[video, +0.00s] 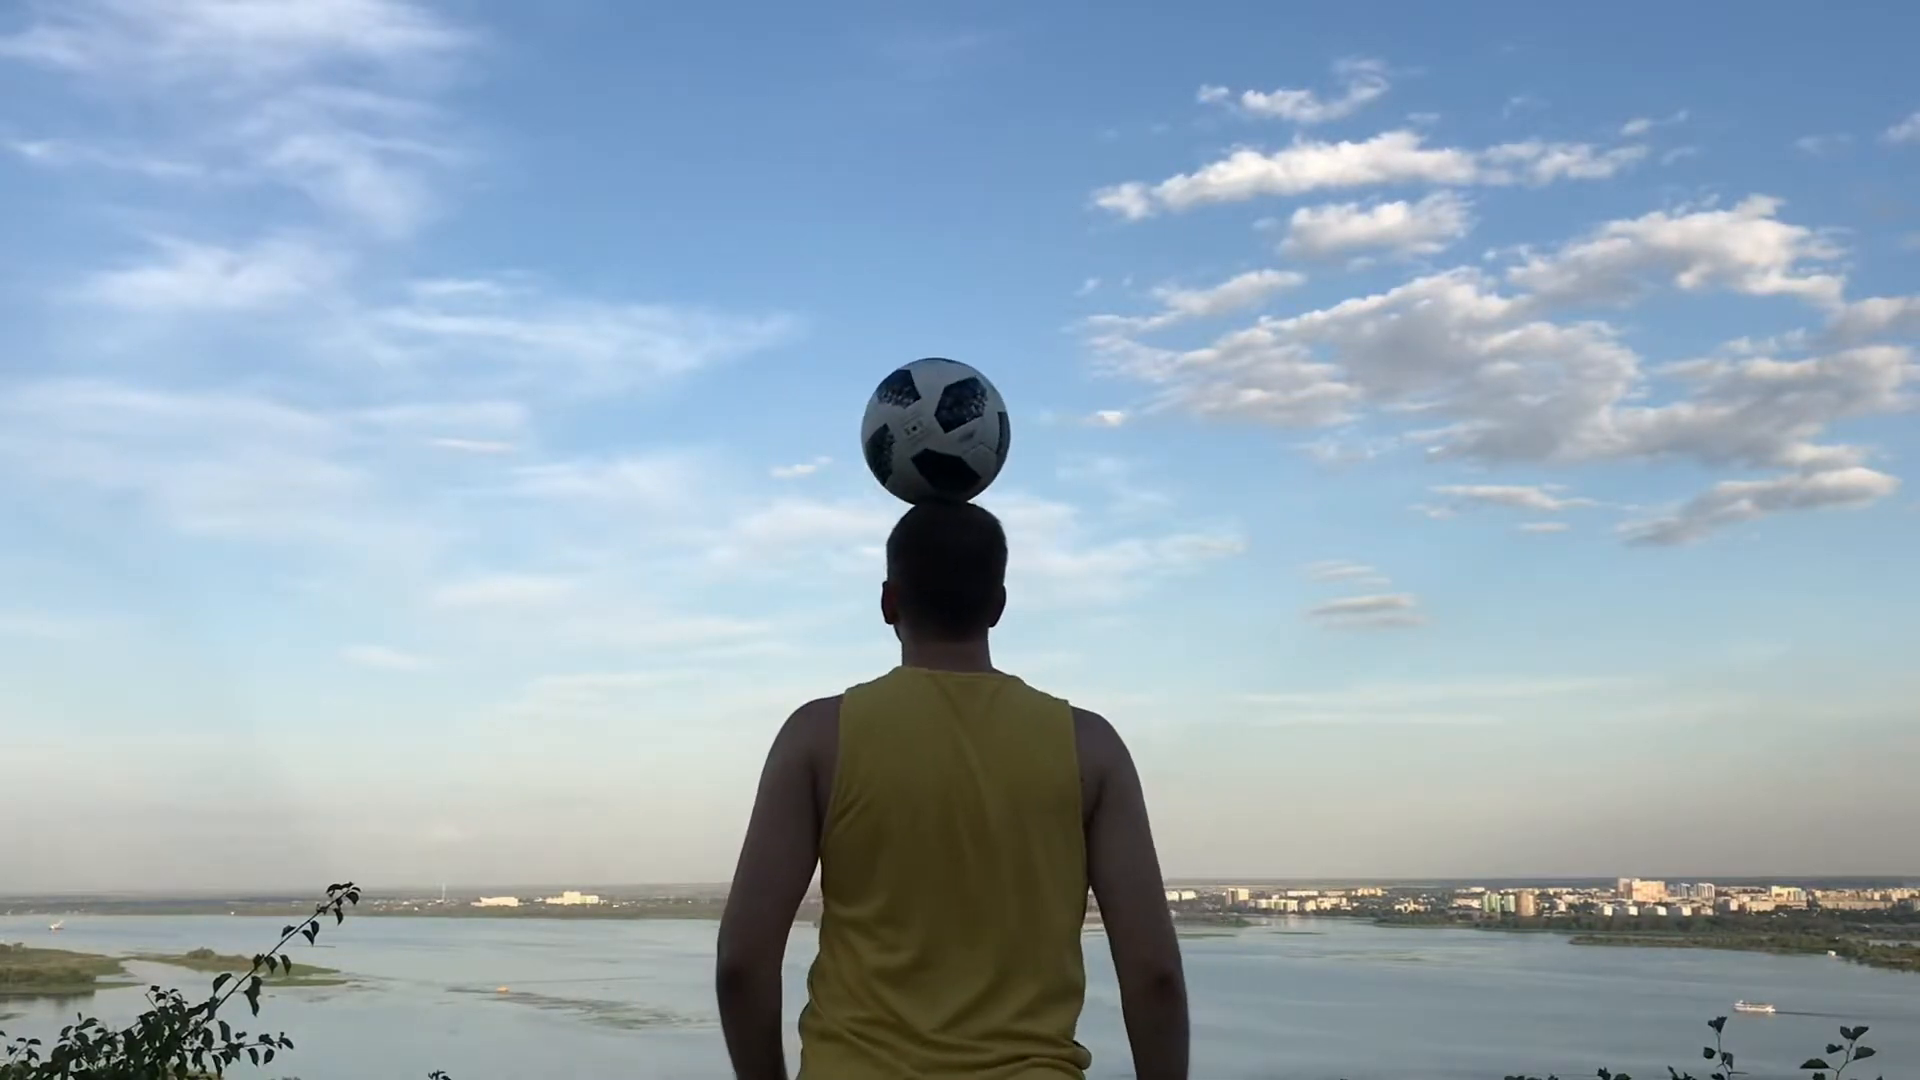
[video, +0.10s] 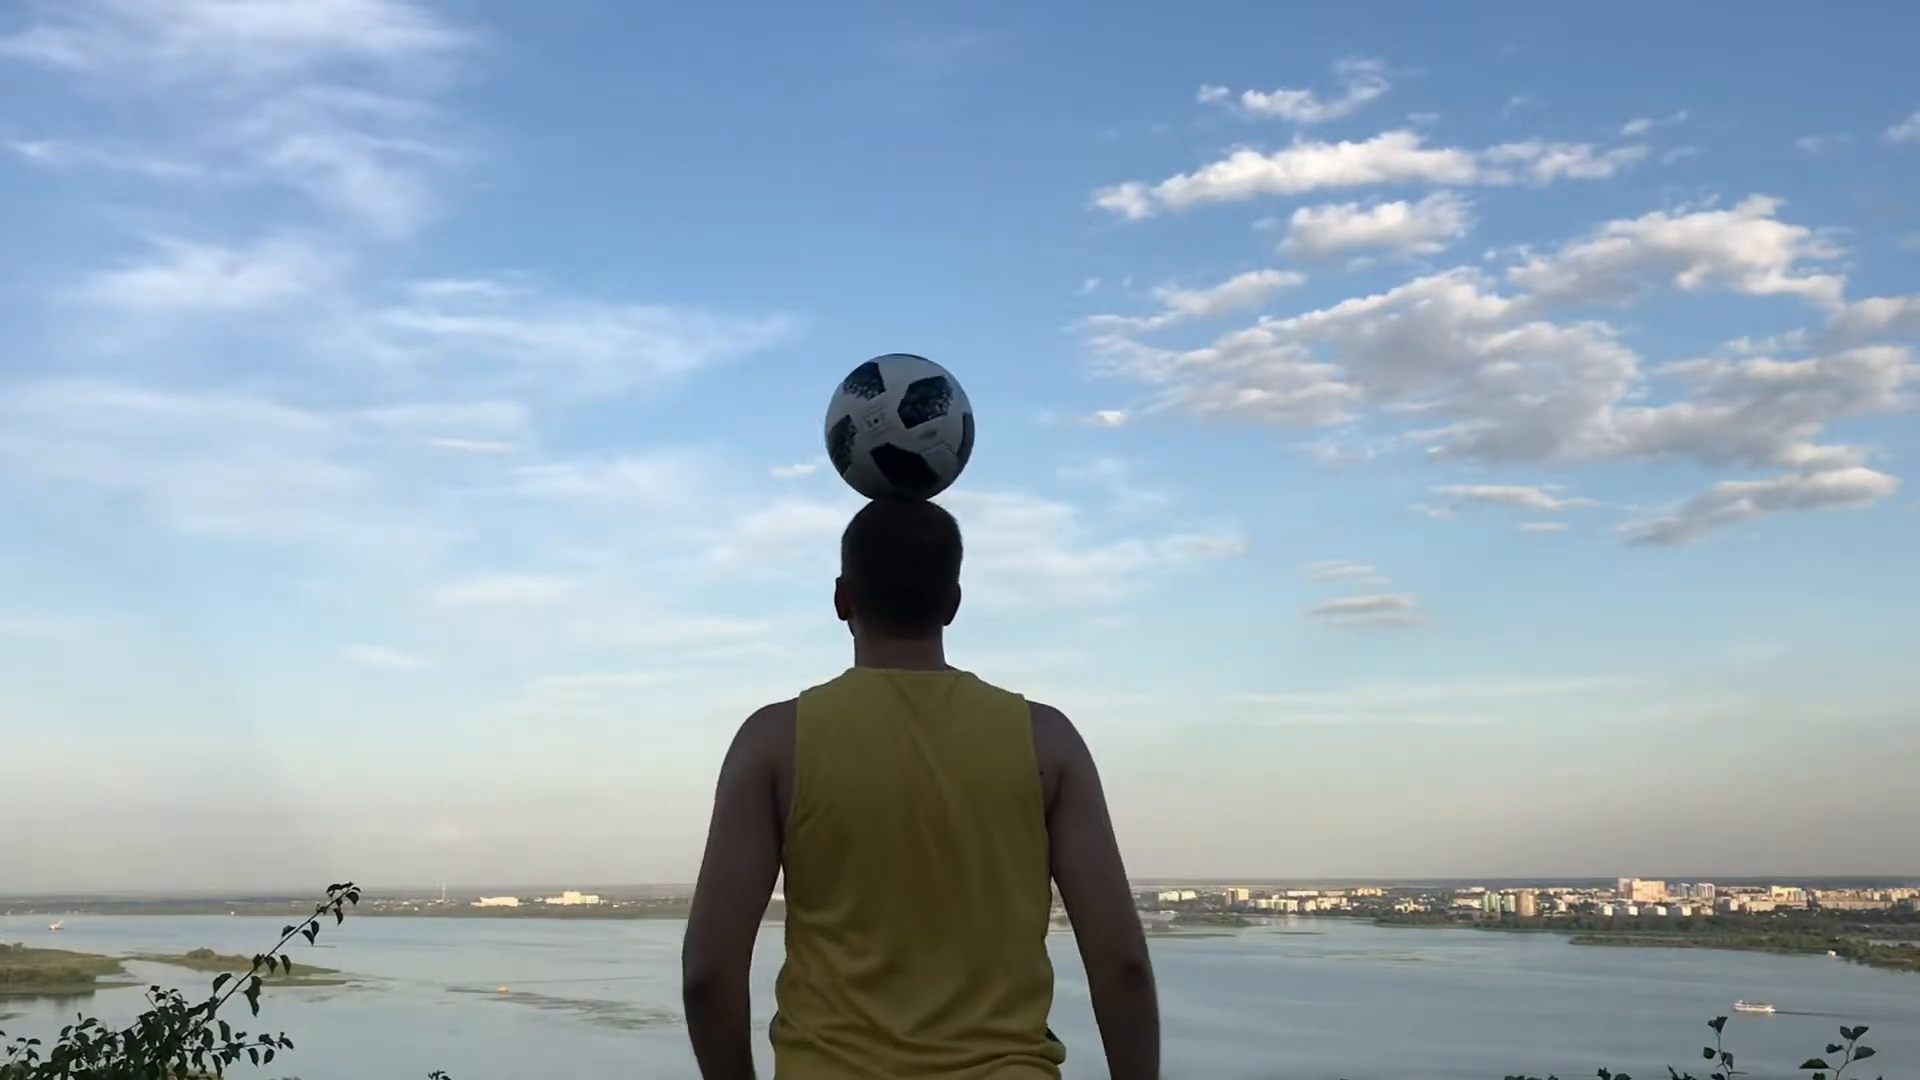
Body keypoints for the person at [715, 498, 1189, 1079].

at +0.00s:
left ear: (888, 600)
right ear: (999, 603)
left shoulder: (819, 734)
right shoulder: (1088, 742)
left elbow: (743, 963)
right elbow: (1155, 975)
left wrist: (765, 1074)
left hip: (856, 1061)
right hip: (1034, 1063)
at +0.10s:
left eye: (838, 582)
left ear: (841, 598)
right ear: (955, 602)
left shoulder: (775, 737)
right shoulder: (1045, 737)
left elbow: (709, 975)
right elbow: (1123, 963)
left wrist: (734, 1076)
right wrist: (1137, 1075)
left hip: (829, 1062)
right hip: (1009, 1063)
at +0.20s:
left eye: (801, 577)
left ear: (800, 591)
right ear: (915, 598)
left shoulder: (729, 736)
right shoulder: (1002, 734)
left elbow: (672, 981)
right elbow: (1086, 958)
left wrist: (698, 1075)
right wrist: (1107, 1074)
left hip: (796, 1060)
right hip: (974, 1061)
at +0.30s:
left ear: (774, 585)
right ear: (889, 592)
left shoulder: (701, 732)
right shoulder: (974, 732)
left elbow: (639, 970)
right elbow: (1053, 956)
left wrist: (665, 1073)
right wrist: (1076, 1070)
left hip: (772, 1057)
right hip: (944, 1057)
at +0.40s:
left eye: (750, 564)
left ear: (743, 584)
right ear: (860, 590)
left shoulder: (674, 733)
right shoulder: (945, 730)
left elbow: (610, 960)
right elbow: (1021, 932)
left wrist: (635, 1072)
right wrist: (1049, 1067)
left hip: (744, 1058)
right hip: (918, 1059)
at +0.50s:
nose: (749, 586)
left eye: (708, 563)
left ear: (700, 586)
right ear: (815, 586)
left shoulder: (636, 739)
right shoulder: (904, 723)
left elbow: (580, 955)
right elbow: (987, 912)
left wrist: (580, 1059)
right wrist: (1016, 1044)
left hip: (716, 1051)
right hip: (883, 1050)